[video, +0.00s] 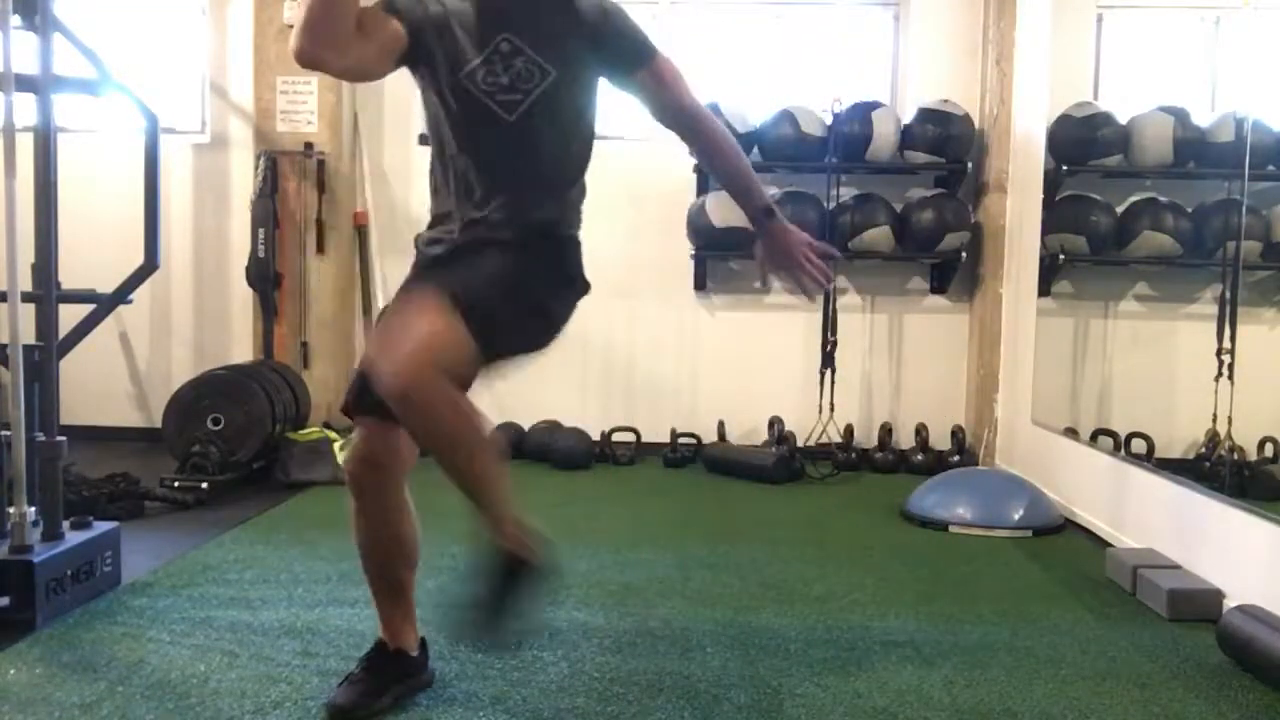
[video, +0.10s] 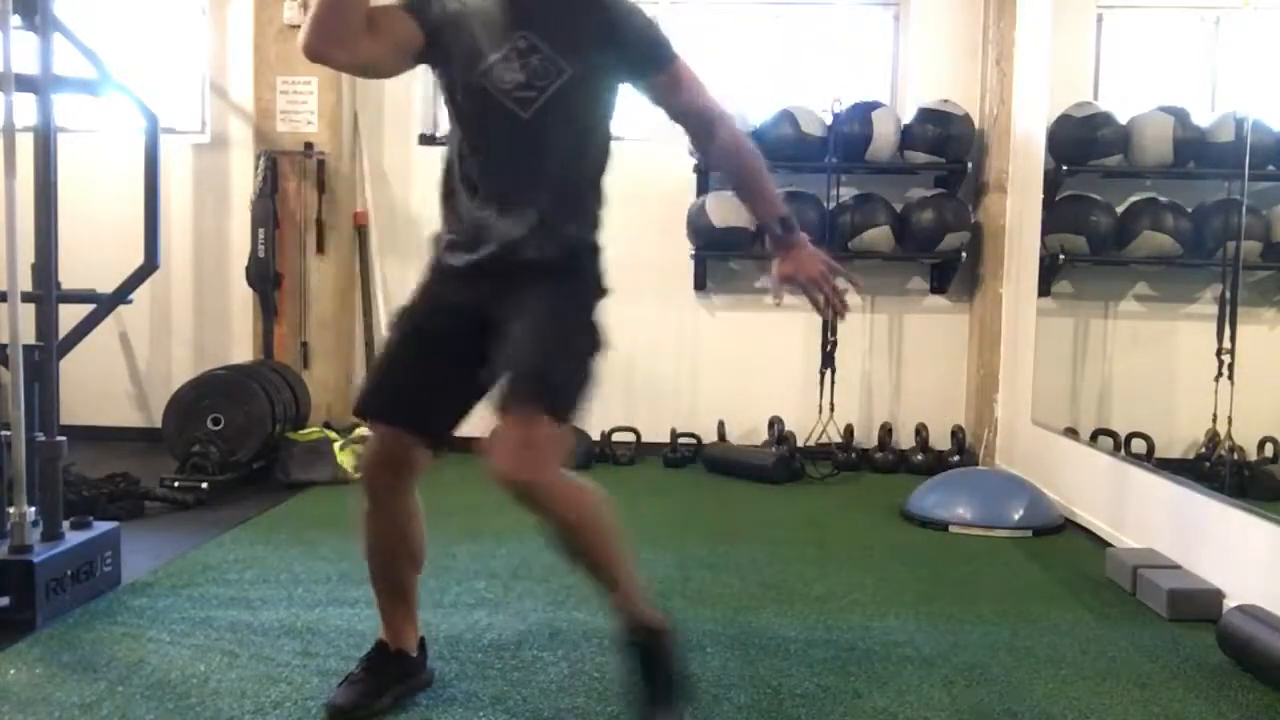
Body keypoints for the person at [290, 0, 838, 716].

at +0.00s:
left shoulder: (582, 16)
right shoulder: (425, 13)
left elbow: (687, 116)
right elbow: (321, 45)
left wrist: (768, 219)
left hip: (531, 251)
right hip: (444, 252)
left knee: (400, 361)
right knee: (371, 459)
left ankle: (518, 543)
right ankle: (399, 651)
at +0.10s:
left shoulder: (608, 19)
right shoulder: (445, 14)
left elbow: (710, 124)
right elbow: (327, 39)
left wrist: (785, 238)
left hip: (553, 272)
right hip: (461, 269)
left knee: (524, 462)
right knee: (386, 460)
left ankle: (645, 626)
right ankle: (399, 651)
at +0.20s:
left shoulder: (639, 14)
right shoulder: (477, 11)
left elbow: (751, 108)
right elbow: (355, 41)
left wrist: (811, 217)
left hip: (607, 276)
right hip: (509, 275)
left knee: (628, 478)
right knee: (436, 461)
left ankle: (696, 660)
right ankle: (405, 652)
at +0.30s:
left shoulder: (682, 8)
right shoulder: (512, 7)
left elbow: (783, 76)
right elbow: (399, 59)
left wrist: (845, 167)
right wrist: (419, 3)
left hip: (660, 259)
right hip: (558, 258)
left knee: (679, 466)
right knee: (501, 450)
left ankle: (702, 659)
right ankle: (481, 640)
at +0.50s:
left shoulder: (768, 13)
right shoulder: (610, 18)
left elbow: (863, 88)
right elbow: (523, 137)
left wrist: (944, 72)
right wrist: (520, 129)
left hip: (748, 280)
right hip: (644, 283)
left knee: (837, 470)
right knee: (596, 489)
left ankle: (918, 654)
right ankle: (594, 649)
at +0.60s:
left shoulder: (794, 12)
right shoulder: (641, 24)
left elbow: (924, 75)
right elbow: (589, 124)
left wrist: (972, 21)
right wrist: (563, 150)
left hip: (786, 278)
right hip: (681, 283)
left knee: (873, 479)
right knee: (625, 498)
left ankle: (932, 667)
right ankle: (596, 647)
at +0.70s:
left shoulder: (853, 10)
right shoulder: (692, 22)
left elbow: (971, 22)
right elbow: (636, 149)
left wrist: (1002, 11)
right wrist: (602, 233)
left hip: (848, 275)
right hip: (740, 279)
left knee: (915, 474)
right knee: (692, 486)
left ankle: (939, 674)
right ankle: (600, 633)